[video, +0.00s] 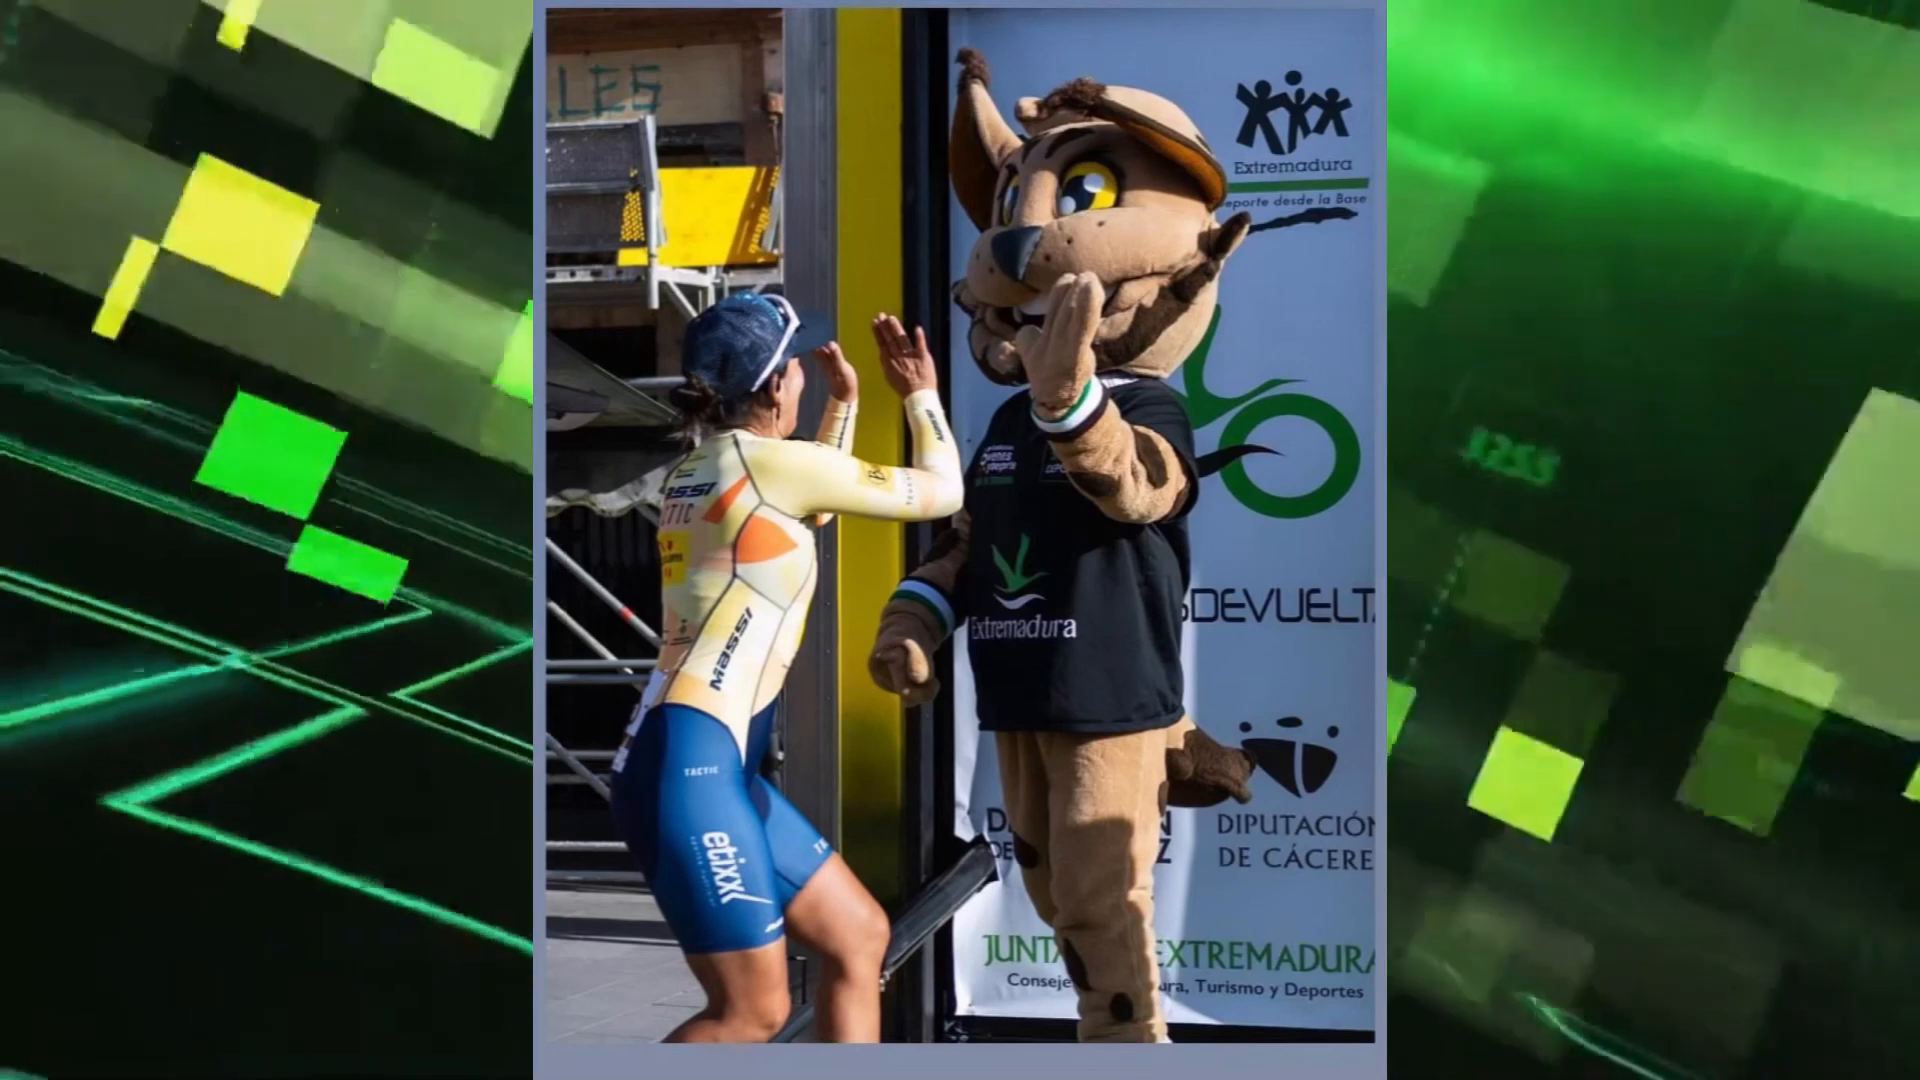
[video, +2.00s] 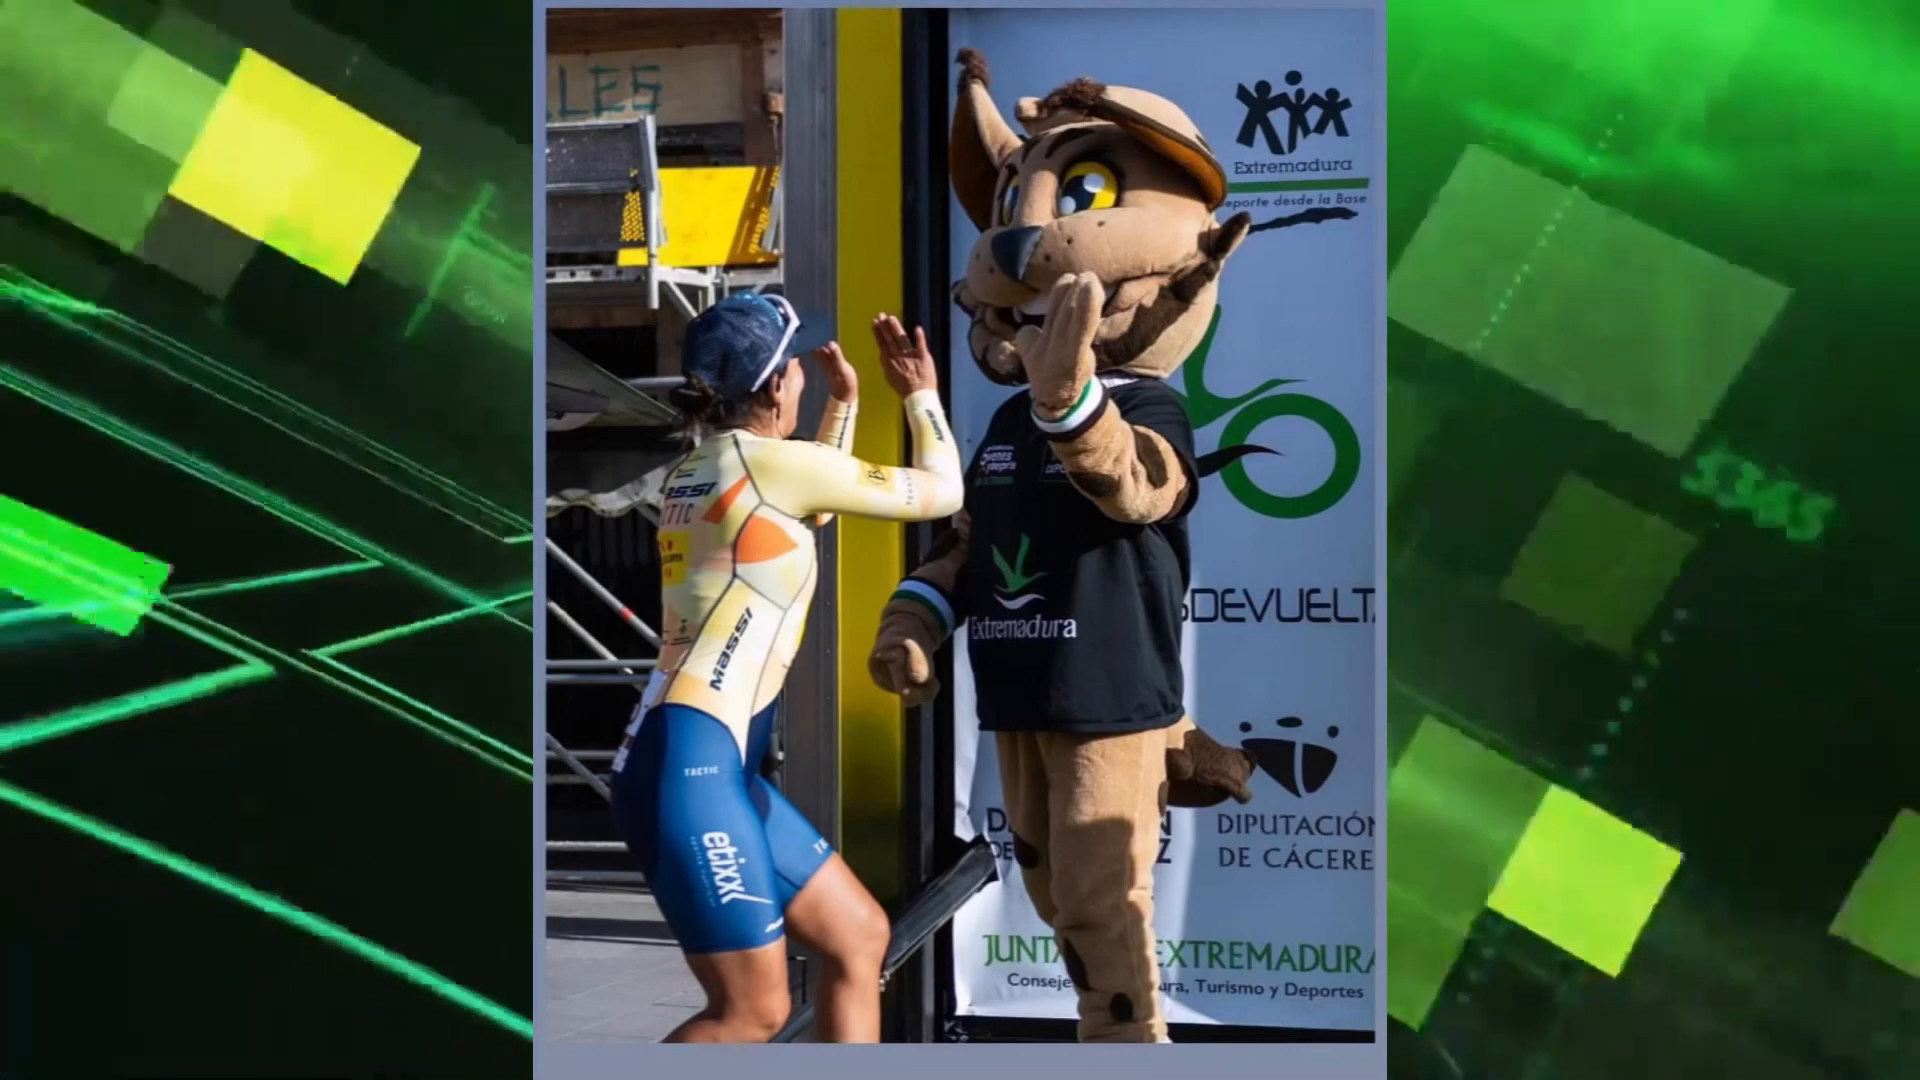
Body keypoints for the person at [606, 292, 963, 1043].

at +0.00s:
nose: (803, 377)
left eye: (799, 363)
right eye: (796, 364)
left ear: (715, 387)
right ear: (776, 380)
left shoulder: (692, 471)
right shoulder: (778, 465)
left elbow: (798, 494)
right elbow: (938, 492)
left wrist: (840, 412)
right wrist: (924, 395)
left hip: (714, 770)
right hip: (686, 774)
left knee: (860, 934)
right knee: (754, 1010)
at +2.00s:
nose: (803, 377)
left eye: (799, 363)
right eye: (796, 364)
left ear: (715, 387)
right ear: (776, 380)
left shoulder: (692, 471)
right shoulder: (778, 465)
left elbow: (798, 494)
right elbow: (938, 492)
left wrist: (840, 412)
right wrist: (924, 395)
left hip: (714, 770)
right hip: (686, 774)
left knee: (860, 934)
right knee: (754, 1010)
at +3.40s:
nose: (803, 377)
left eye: (800, 363)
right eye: (796, 364)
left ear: (716, 387)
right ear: (776, 380)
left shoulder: (693, 471)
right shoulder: (778, 465)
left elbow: (802, 495)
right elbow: (939, 492)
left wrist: (841, 410)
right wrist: (924, 396)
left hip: (714, 769)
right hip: (686, 774)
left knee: (860, 933)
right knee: (754, 1009)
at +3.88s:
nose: (804, 377)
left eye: (800, 363)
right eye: (797, 365)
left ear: (716, 387)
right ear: (777, 381)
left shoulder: (694, 471)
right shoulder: (778, 464)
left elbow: (805, 499)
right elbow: (939, 492)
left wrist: (841, 409)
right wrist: (924, 396)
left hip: (713, 769)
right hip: (687, 774)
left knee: (860, 933)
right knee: (754, 1010)